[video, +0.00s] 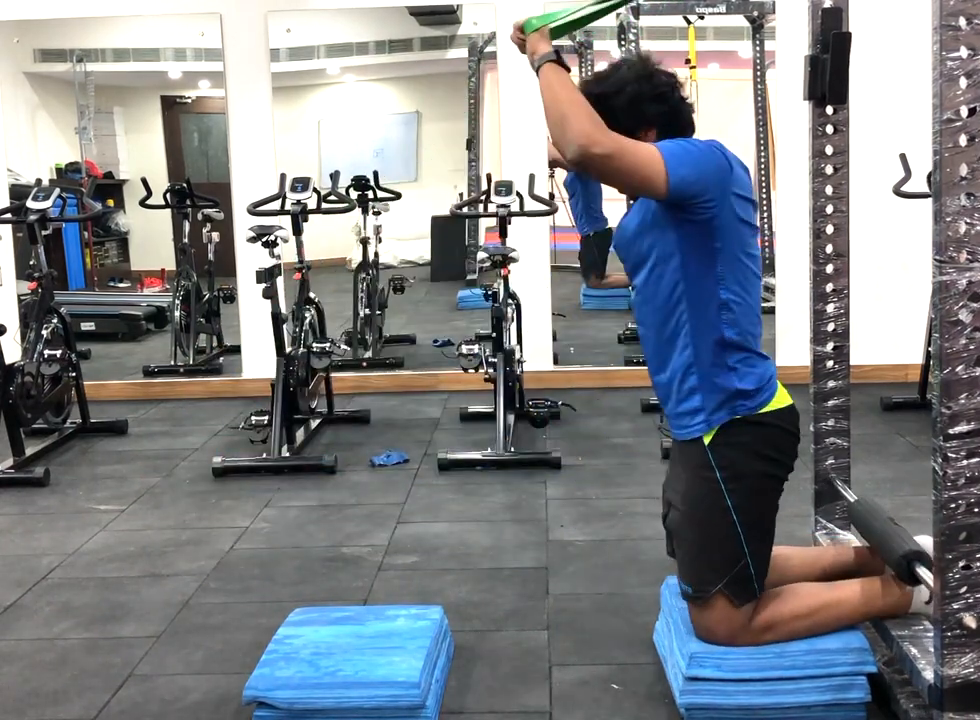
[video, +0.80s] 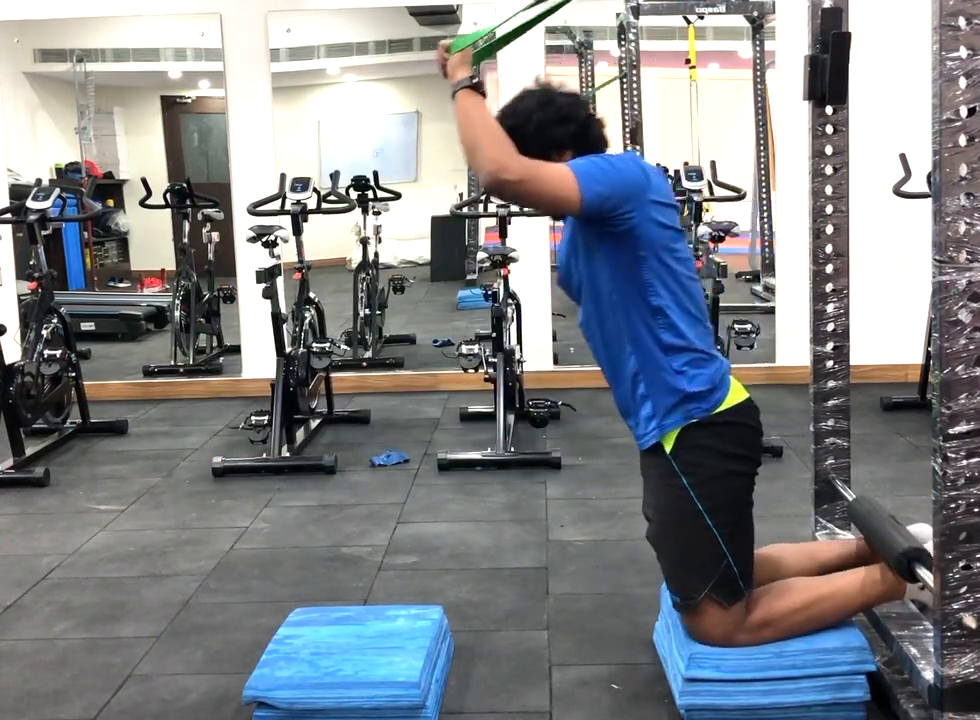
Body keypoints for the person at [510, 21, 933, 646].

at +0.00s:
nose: (606, 155)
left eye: (608, 140)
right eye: (601, 142)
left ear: (641, 132)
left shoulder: (703, 165)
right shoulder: (659, 196)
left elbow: (587, 145)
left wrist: (545, 58)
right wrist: (575, 167)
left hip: (735, 426)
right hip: (699, 427)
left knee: (725, 621)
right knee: (706, 575)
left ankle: (905, 590)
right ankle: (872, 557)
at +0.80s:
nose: (527, 181)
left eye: (525, 166)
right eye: (521, 166)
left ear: (553, 151)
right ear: (571, 144)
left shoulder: (623, 177)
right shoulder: (599, 206)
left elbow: (501, 171)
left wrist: (460, 86)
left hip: (699, 428)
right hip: (673, 431)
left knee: (718, 621)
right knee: (712, 576)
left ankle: (901, 575)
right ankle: (863, 547)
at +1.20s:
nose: (424, 237)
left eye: (424, 223)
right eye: (417, 225)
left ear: (447, 207)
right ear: (471, 190)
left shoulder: (511, 222)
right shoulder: (515, 222)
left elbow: (385, 242)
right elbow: (394, 243)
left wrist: (365, 157)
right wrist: (373, 160)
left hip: (653, 436)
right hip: (646, 432)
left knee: (719, 625)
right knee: (712, 585)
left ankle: (898, 573)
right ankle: (866, 542)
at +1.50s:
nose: (335, 328)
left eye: (334, 315)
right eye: (332, 316)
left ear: (356, 296)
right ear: (371, 276)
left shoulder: (428, 287)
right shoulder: (434, 285)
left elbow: (302, 334)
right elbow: (316, 331)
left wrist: (298, 242)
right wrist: (312, 247)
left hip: (623, 459)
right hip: (626, 442)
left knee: (720, 626)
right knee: (712, 584)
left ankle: (897, 571)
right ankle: (860, 539)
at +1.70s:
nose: (297, 406)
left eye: (290, 390)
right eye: (287, 391)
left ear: (309, 372)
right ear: (322, 334)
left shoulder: (380, 345)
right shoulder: (386, 336)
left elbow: (258, 411)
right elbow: (276, 401)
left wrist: (241, 322)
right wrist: (260, 322)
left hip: (603, 469)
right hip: (605, 447)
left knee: (724, 627)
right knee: (715, 584)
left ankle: (901, 567)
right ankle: (862, 535)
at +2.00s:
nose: (244, 479)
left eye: (241, 465)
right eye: (238, 467)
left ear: (263, 441)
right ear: (273, 405)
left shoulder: (325, 428)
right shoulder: (337, 403)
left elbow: (218, 518)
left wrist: (179, 431)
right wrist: (217, 424)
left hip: (574, 496)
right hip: (578, 464)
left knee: (725, 625)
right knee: (710, 586)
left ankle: (904, 567)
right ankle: (863, 536)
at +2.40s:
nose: (239, 576)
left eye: (231, 567)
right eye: (226, 564)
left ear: (245, 547)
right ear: (249, 503)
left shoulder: (297, 519)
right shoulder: (317, 486)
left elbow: (203, 625)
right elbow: (232, 597)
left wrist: (149, 561)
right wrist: (180, 553)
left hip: (547, 525)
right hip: (552, 483)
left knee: (718, 631)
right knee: (715, 581)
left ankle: (902, 565)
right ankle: (866, 534)